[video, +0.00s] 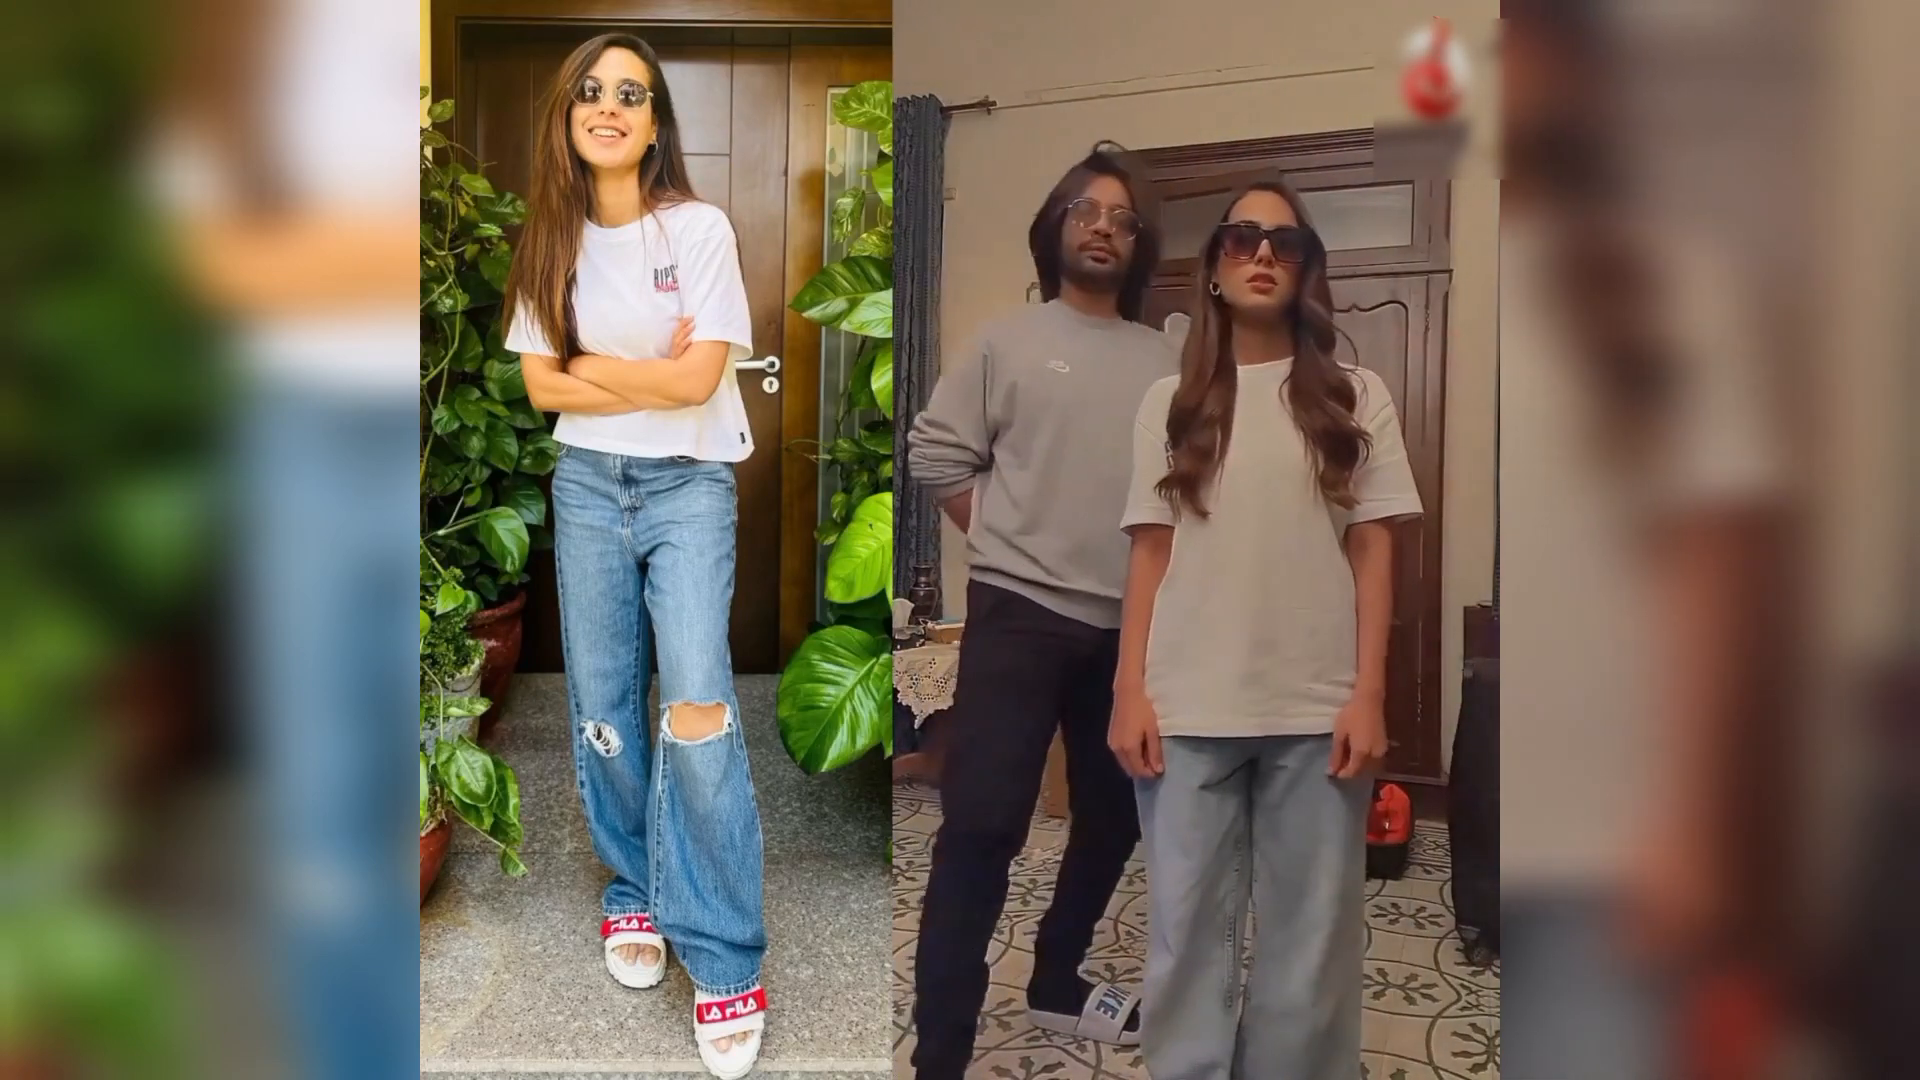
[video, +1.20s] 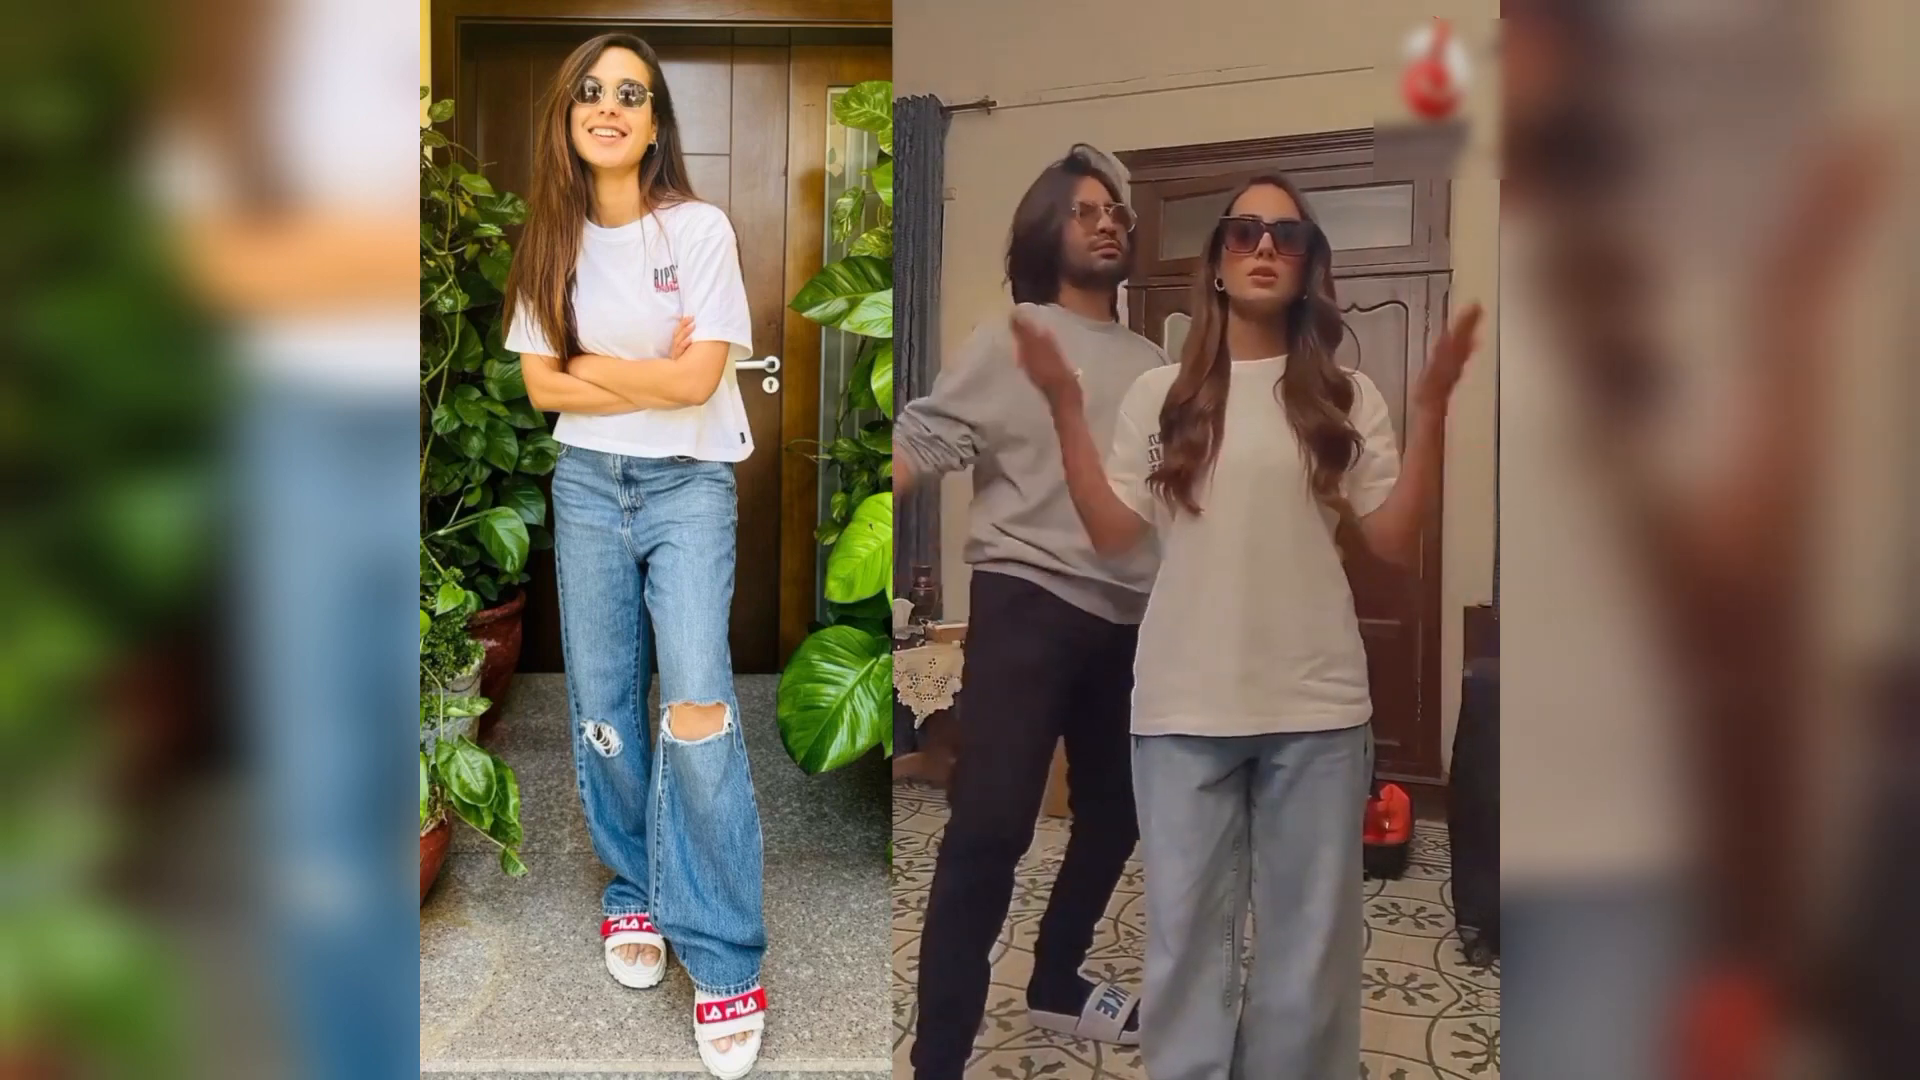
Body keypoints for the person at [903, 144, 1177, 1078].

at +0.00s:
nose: (1103, 227)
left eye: (1121, 217)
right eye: (1085, 212)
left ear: (1139, 242)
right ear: (1052, 231)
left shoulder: (1171, 358)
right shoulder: (1009, 341)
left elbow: (1196, 485)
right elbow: (932, 452)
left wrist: (1157, 561)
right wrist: (1005, 536)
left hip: (1129, 620)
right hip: (1016, 610)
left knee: (1111, 818)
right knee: (982, 825)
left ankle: (1057, 986)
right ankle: (941, 1054)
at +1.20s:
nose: (1107, 226)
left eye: (1116, 214)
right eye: (1085, 214)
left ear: (1128, 235)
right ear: (1044, 234)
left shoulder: (1153, 362)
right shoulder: (1009, 344)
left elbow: (1185, 492)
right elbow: (917, 450)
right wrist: (856, 484)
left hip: (1127, 614)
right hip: (1023, 598)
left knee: (1113, 815)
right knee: (991, 826)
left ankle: (1056, 992)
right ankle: (939, 1060)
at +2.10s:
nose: (1139, 227)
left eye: (1139, 216)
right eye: (1120, 212)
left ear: (1116, 238)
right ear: (1065, 223)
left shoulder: (1119, 356)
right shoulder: (997, 314)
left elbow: (1130, 485)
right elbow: (932, 451)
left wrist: (1155, 586)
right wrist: (943, 588)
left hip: (1114, 618)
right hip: (1023, 610)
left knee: (1093, 817)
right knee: (1001, 837)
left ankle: (1056, 991)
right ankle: (948, 1059)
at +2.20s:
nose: (1135, 232)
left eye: (1137, 221)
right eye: (1120, 216)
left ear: (1126, 244)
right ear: (1065, 224)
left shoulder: (1128, 348)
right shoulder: (998, 311)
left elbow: (1199, 402)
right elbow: (934, 450)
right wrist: (941, 593)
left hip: (1119, 619)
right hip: (1023, 612)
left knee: (1091, 817)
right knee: (999, 838)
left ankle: (1056, 993)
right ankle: (947, 1062)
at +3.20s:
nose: (1122, 241)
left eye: (1136, 236)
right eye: (1108, 221)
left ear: (1140, 260)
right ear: (1067, 225)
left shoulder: (1144, 348)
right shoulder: (996, 318)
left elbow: (1236, 310)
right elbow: (940, 451)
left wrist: (1235, 192)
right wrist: (947, 592)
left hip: (1126, 616)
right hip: (1023, 604)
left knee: (1106, 820)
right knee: (1001, 837)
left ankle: (1056, 989)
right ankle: (942, 1062)